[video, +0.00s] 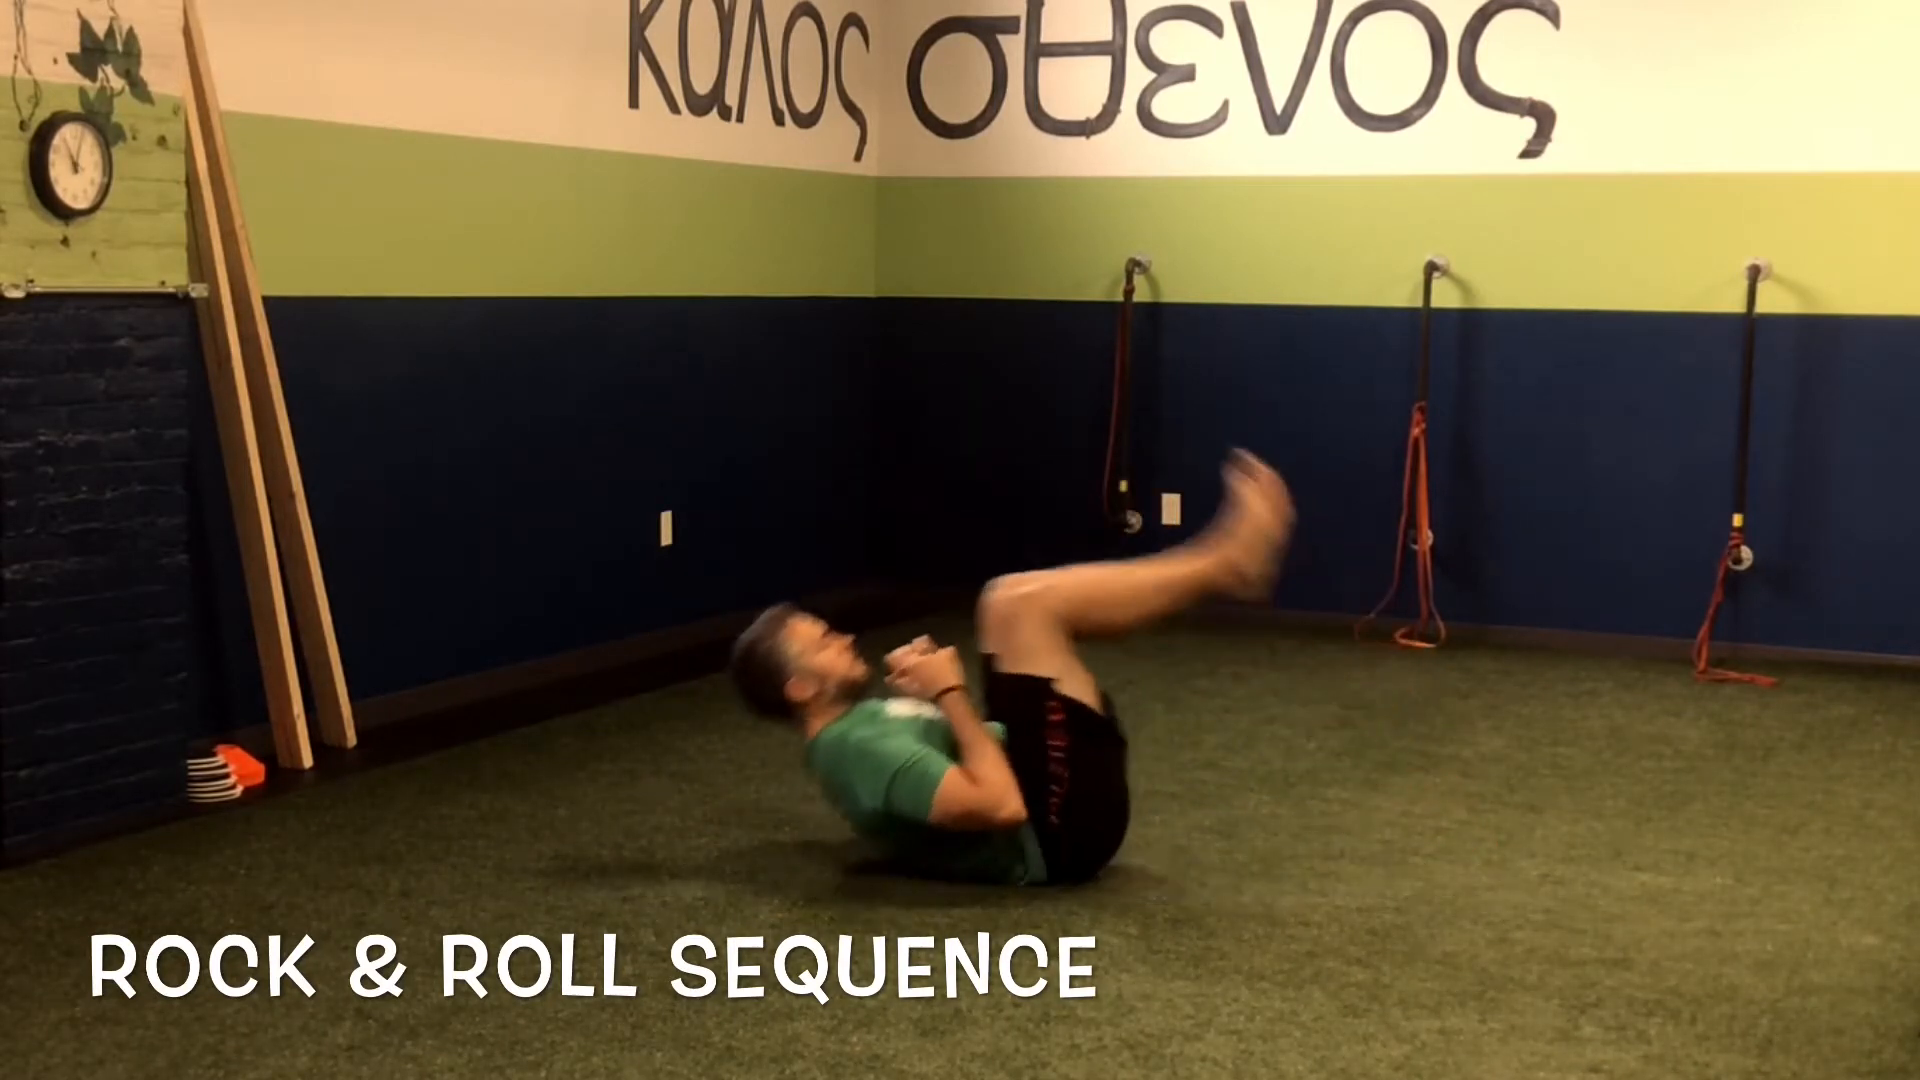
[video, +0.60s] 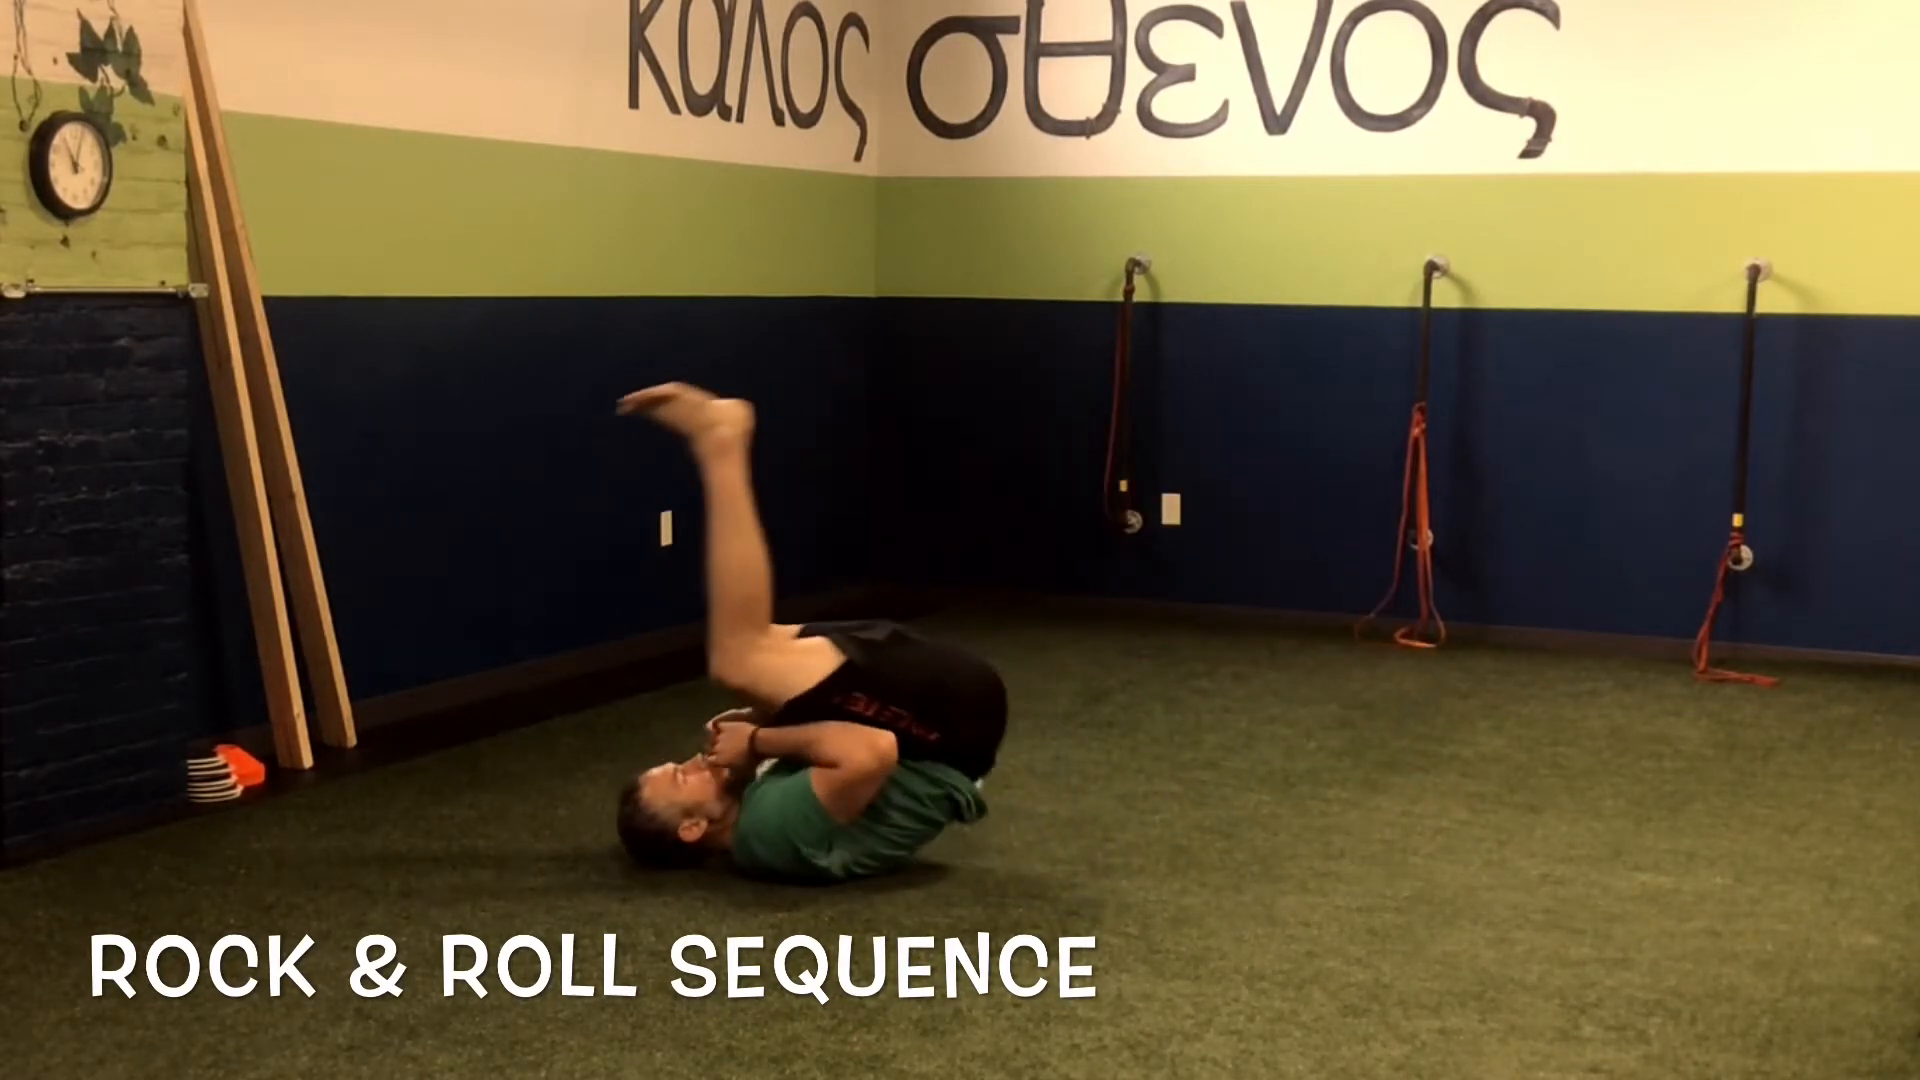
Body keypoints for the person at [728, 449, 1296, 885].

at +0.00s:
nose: (842, 641)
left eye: (829, 633)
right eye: (821, 643)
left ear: (811, 682)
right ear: (799, 688)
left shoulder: (861, 721)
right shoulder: (856, 748)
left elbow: (976, 773)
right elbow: (1001, 804)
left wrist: (940, 686)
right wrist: (950, 696)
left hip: (1050, 816)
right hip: (1063, 836)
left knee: (1010, 597)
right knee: (1016, 603)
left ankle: (1216, 558)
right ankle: (1224, 561)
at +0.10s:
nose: (807, 672)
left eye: (791, 665)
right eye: (785, 675)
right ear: (767, 726)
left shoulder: (832, 746)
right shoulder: (830, 785)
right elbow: (980, 804)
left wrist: (900, 700)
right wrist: (908, 707)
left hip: (1033, 804)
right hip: (1046, 825)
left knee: (953, 600)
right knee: (952, 607)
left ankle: (1125, 500)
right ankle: (1128, 500)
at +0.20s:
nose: (771, 699)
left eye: (753, 695)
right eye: (749, 708)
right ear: (741, 762)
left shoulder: (806, 780)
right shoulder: (807, 807)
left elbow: (922, 725)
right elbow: (956, 798)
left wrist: (861, 707)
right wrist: (861, 724)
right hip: (1032, 791)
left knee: (901, 615)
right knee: (892, 617)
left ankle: (1026, 452)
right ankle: (1019, 450)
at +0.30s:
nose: (737, 722)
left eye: (719, 724)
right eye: (717, 736)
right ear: (718, 790)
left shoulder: (793, 794)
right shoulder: (792, 819)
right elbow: (932, 788)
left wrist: (819, 720)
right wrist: (823, 730)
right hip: (1013, 771)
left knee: (866, 629)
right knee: (840, 628)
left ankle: (925, 426)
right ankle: (920, 428)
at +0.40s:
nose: (711, 740)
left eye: (694, 741)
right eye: (696, 753)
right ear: (707, 805)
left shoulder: (779, 805)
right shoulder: (781, 826)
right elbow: (910, 776)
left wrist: (788, 730)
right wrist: (797, 733)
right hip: (991, 743)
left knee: (828, 635)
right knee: (797, 636)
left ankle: (844, 424)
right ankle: (839, 425)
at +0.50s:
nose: (699, 750)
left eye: (682, 755)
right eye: (686, 768)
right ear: (699, 819)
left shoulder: (764, 809)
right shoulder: (773, 830)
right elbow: (888, 762)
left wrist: (763, 744)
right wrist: (772, 736)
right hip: (976, 732)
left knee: (784, 640)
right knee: (762, 646)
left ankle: (774, 431)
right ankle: (773, 431)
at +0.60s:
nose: (692, 760)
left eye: (676, 764)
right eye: (679, 778)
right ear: (695, 826)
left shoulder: (754, 812)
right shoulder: (770, 829)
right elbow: (873, 753)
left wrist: (747, 741)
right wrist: (756, 739)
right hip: (962, 714)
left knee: (759, 645)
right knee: (739, 654)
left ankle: (721, 441)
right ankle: (721, 439)